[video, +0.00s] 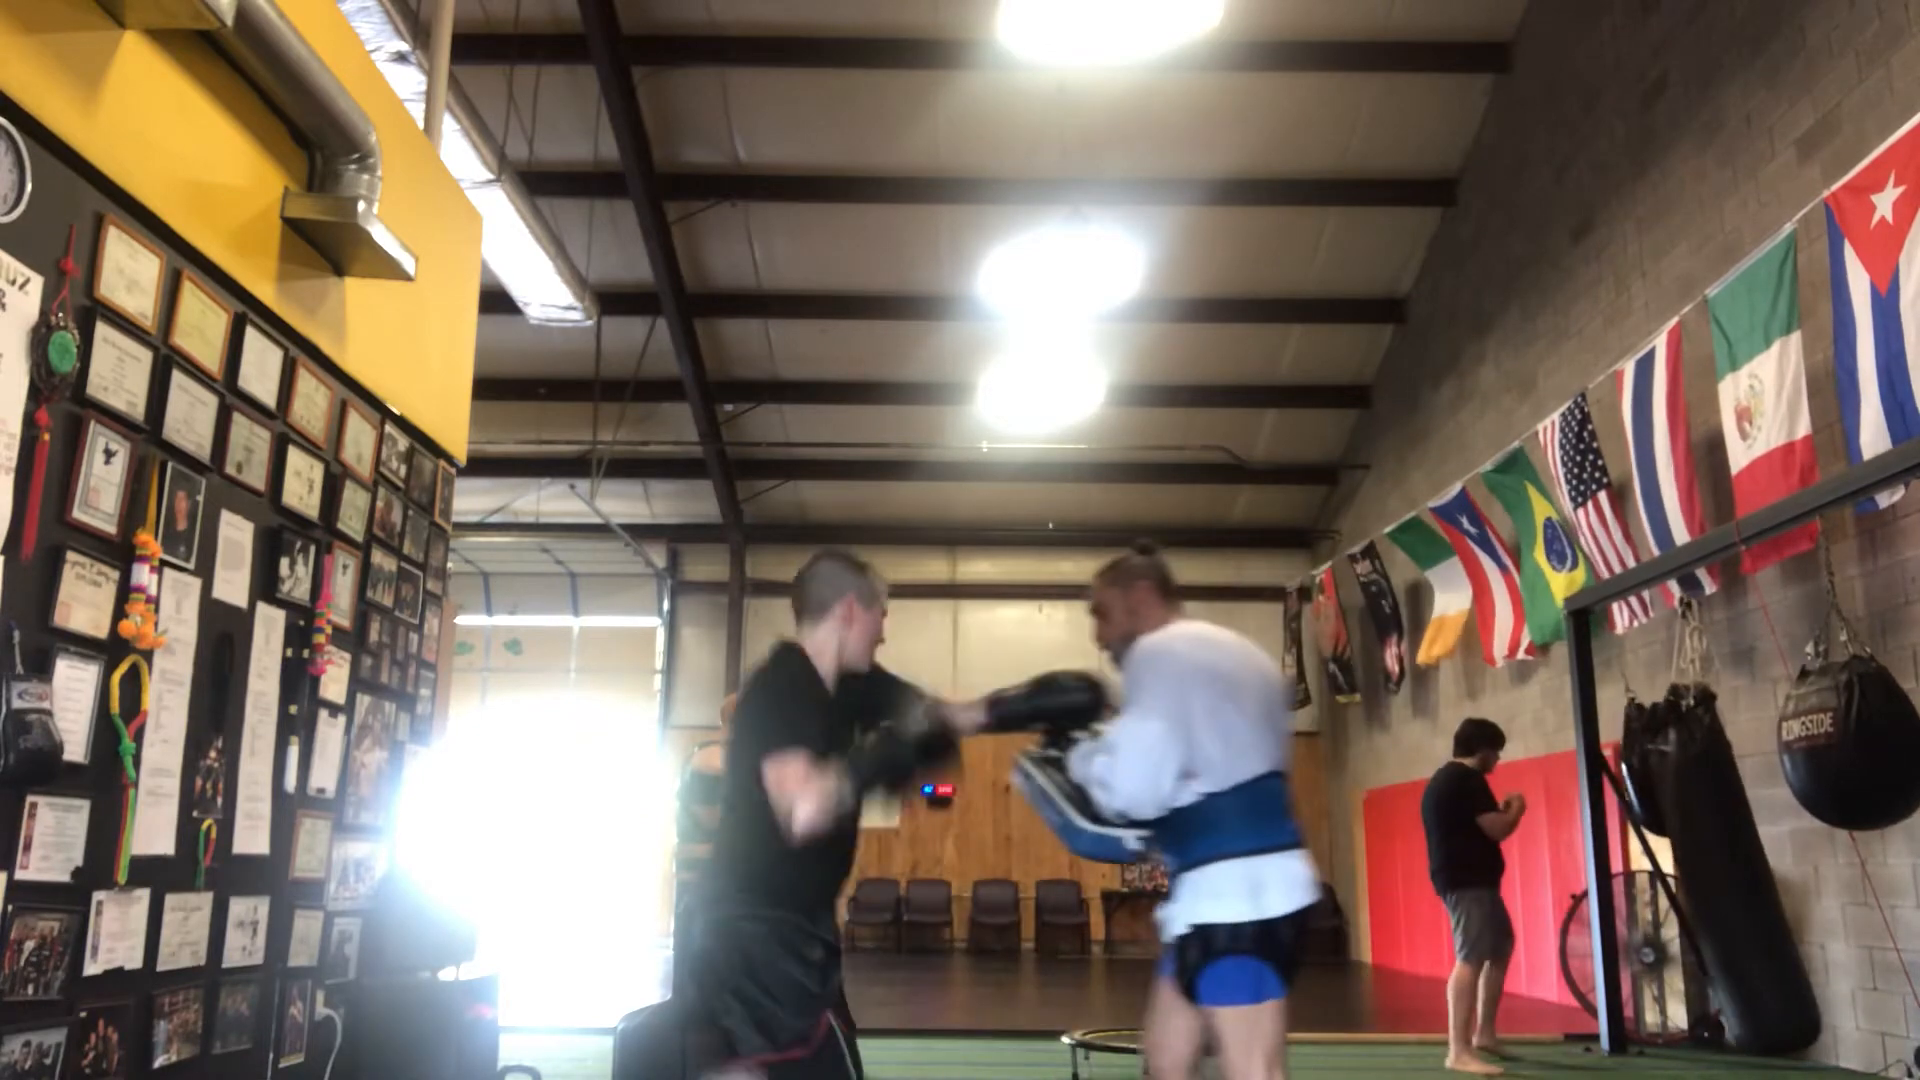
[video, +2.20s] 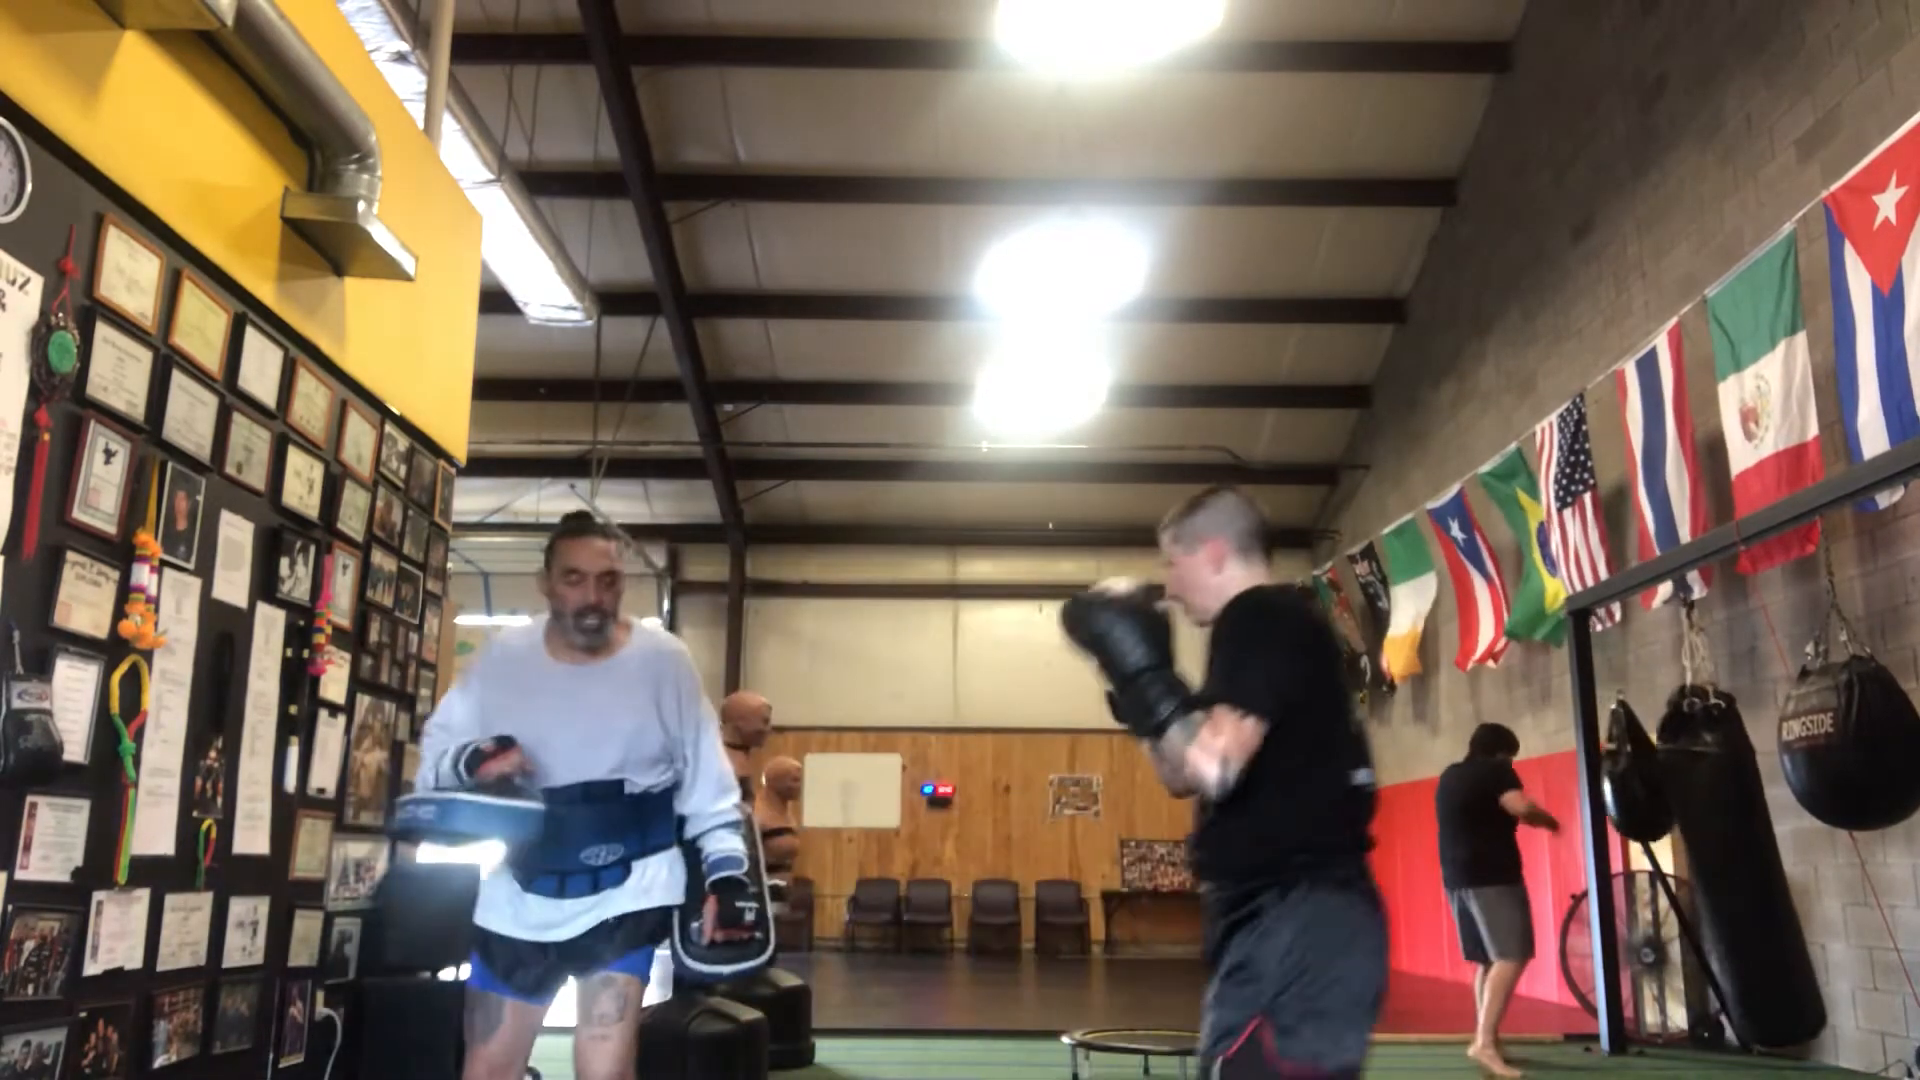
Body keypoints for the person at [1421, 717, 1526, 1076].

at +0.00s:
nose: (1497, 761)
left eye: (1498, 754)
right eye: (1495, 753)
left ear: (1462, 747)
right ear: (1481, 750)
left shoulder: (1444, 780)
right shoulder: (1465, 780)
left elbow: (1481, 829)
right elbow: (1496, 829)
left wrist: (1506, 812)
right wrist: (1514, 810)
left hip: (1472, 882)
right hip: (1467, 883)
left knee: (1501, 946)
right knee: (1471, 958)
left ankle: (1484, 1035)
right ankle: (1458, 1052)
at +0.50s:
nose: (1492, 764)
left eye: (1493, 759)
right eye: (1492, 759)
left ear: (1455, 751)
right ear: (1483, 755)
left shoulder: (1427, 777)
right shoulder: (1489, 776)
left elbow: (1431, 825)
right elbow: (1519, 813)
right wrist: (1556, 831)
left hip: (1433, 879)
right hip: (1470, 877)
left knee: (1459, 957)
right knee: (1477, 958)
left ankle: (1456, 1040)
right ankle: (1452, 1049)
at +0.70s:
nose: (1492, 761)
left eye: (1493, 756)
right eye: (1492, 756)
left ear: (1457, 746)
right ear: (1483, 752)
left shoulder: (1426, 776)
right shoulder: (1485, 773)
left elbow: (1408, 824)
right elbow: (1532, 805)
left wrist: (1443, 815)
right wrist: (1561, 796)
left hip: (1437, 881)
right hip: (1463, 883)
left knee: (1467, 960)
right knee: (1470, 962)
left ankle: (1461, 1040)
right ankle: (1448, 1055)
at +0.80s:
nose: (1492, 761)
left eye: (1494, 757)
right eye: (1492, 756)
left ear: (1459, 746)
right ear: (1482, 750)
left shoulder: (1438, 773)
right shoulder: (1472, 773)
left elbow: (1414, 816)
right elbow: (1512, 804)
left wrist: (1450, 811)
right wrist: (1512, 785)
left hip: (1444, 881)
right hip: (1457, 882)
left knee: (1476, 960)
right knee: (1465, 964)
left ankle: (1463, 1034)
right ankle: (1447, 1055)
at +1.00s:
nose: (1489, 762)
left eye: (1491, 756)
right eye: (1488, 754)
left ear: (1465, 745)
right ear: (1474, 748)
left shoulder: (1463, 777)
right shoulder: (1442, 770)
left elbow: (1490, 808)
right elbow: (1473, 810)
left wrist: (1531, 805)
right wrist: (1496, 791)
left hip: (1467, 881)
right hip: (1444, 883)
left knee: (1471, 961)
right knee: (1460, 963)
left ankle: (1460, 1040)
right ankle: (1446, 1054)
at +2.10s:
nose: (1506, 763)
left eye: (1508, 758)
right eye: (1506, 757)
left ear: (1473, 748)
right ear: (1495, 752)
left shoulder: (1453, 776)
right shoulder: (1485, 772)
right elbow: (1515, 817)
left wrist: (1516, 799)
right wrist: (1530, 800)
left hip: (1462, 880)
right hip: (1486, 878)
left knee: (1488, 960)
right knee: (1505, 954)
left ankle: (1485, 1043)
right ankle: (1483, 1044)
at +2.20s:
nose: (1510, 762)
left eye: (1511, 757)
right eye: (1510, 757)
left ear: (1475, 748)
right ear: (1501, 752)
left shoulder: (1450, 775)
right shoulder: (1495, 768)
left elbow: (1468, 821)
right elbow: (1520, 807)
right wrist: (1547, 820)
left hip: (1459, 879)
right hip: (1491, 877)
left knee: (1486, 961)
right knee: (1511, 956)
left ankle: (1486, 1041)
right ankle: (1484, 1043)